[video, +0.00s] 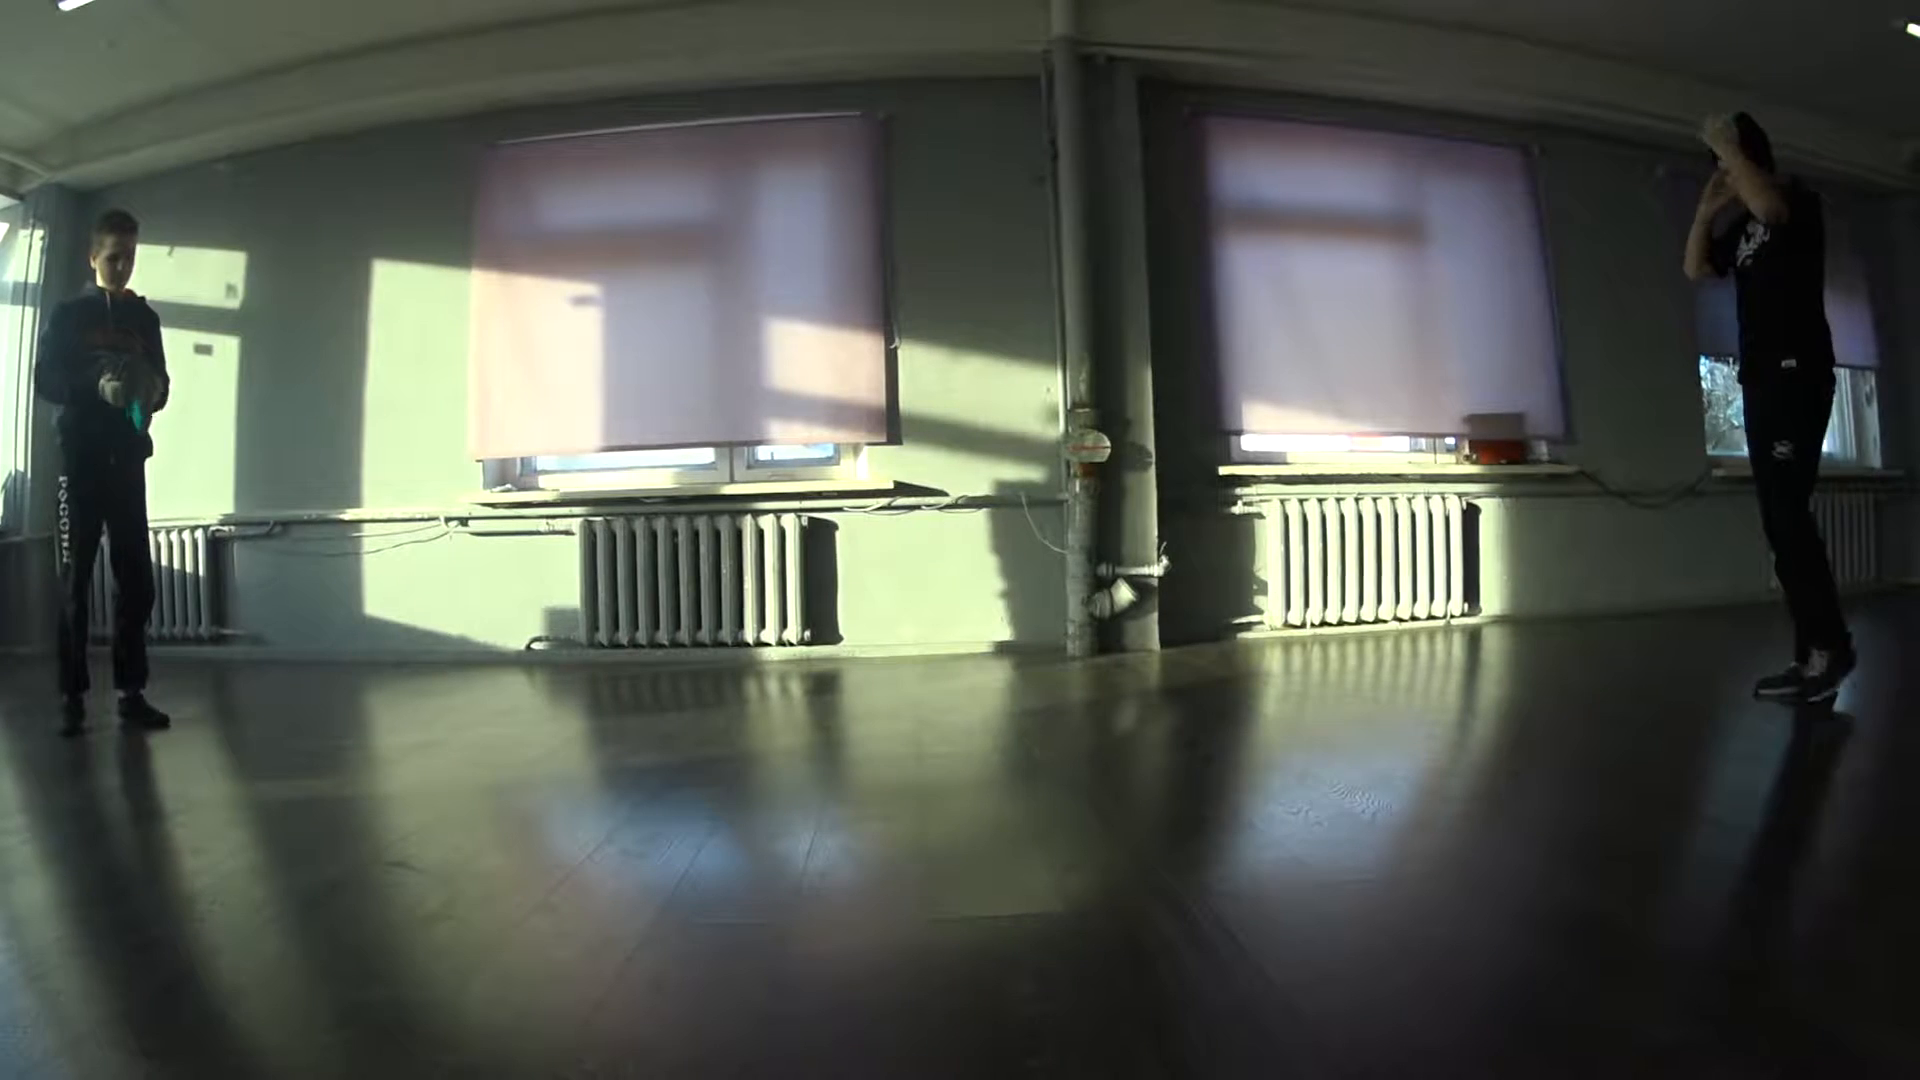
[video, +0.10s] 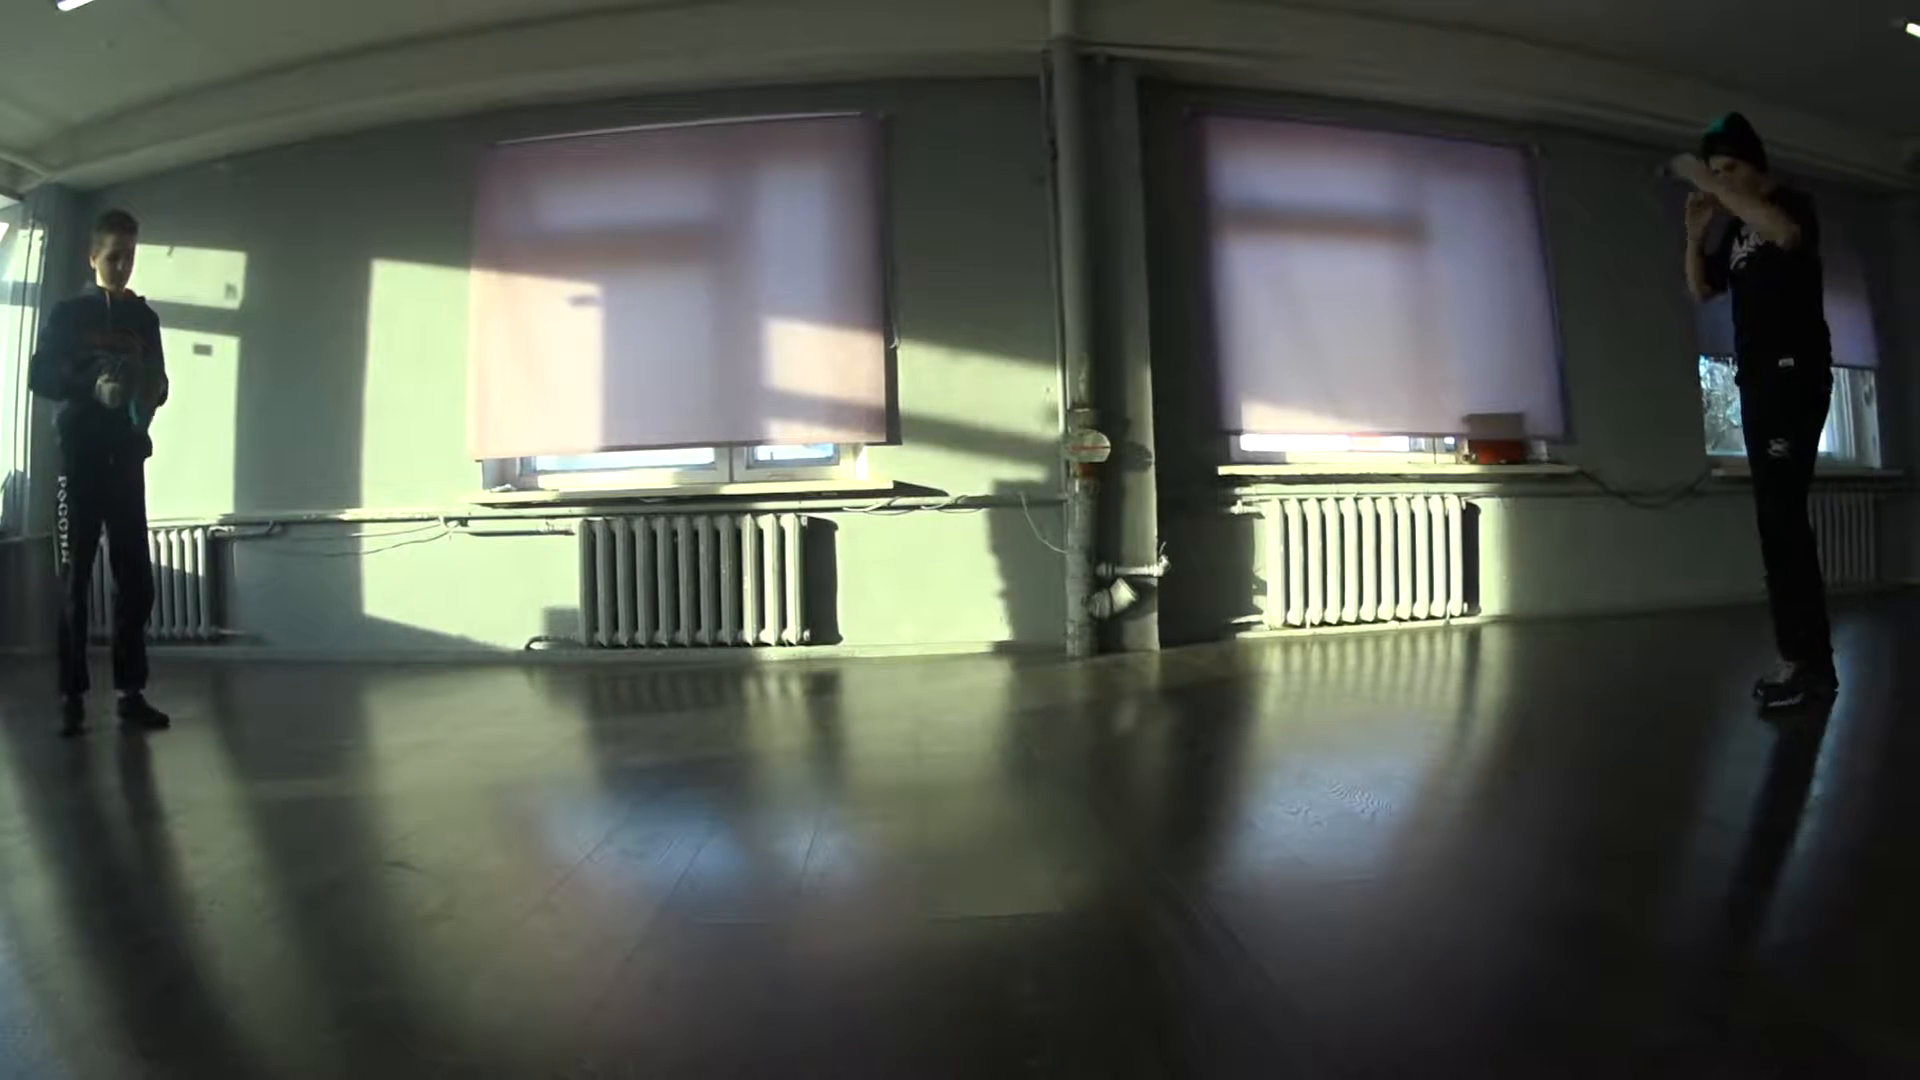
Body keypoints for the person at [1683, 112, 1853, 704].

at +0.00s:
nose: (1725, 172)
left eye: (1729, 163)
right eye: (1723, 164)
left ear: (1752, 157)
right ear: (1734, 165)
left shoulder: (1799, 204)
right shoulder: (1740, 227)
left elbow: (1765, 205)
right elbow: (1696, 268)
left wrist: (1728, 151)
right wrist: (1707, 206)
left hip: (1801, 374)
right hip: (1762, 378)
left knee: (1788, 516)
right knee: (1779, 519)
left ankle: (1831, 650)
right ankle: (1808, 655)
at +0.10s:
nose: (1724, 179)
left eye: (1732, 168)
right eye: (1716, 172)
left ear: (1756, 164)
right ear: (1711, 176)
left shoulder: (1792, 204)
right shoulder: (1733, 227)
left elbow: (1784, 234)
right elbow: (1702, 290)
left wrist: (1716, 187)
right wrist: (1694, 237)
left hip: (1798, 378)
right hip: (1757, 381)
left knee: (1783, 518)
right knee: (1777, 519)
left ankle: (1811, 665)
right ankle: (1799, 661)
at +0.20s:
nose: (1717, 181)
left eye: (1724, 167)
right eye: (1708, 173)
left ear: (1748, 161)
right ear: (1704, 178)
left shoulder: (1782, 203)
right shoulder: (1733, 232)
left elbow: (1804, 251)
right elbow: (1723, 308)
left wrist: (1721, 262)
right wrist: (1694, 284)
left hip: (1794, 378)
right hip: (1755, 382)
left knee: (1777, 517)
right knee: (1782, 518)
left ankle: (1767, 661)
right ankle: (1813, 661)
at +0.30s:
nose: (1706, 184)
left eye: (1712, 170)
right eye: (1697, 176)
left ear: (1736, 162)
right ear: (1696, 178)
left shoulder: (1773, 208)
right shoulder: (1728, 232)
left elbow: (1808, 274)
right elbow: (1737, 321)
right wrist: (1689, 357)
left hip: (1787, 386)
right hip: (1752, 389)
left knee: (1771, 524)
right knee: (1782, 524)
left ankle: (1734, 662)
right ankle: (1815, 663)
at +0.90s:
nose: (1658, 170)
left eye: (1663, 156)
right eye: (1651, 161)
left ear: (1690, 148)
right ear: (1652, 163)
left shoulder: (1726, 199)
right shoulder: (1694, 209)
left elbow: (1728, 286)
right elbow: (1693, 306)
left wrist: (1702, 371)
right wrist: (1674, 382)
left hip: (1727, 384)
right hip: (1701, 385)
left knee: (1722, 526)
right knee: (1704, 524)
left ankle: (1721, 669)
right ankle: (1784, 632)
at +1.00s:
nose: (1653, 165)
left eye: (1658, 152)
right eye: (1648, 156)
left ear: (1685, 145)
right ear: (1661, 153)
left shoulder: (1720, 196)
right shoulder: (1693, 206)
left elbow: (1706, 276)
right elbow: (1692, 307)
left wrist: (1643, 338)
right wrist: (1658, 380)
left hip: (1723, 377)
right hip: (1692, 378)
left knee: (1717, 520)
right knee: (1680, 521)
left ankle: (1720, 669)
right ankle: (1763, 624)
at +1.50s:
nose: (1645, 149)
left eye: (1650, 137)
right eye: (1643, 139)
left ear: (1676, 136)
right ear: (1680, 137)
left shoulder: (1709, 196)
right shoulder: (1699, 196)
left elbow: (1719, 295)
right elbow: (1712, 296)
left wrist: (1699, 386)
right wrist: (1694, 379)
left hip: (1722, 381)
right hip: (1716, 380)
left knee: (1716, 528)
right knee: (1722, 525)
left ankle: (1717, 670)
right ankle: (1783, 649)